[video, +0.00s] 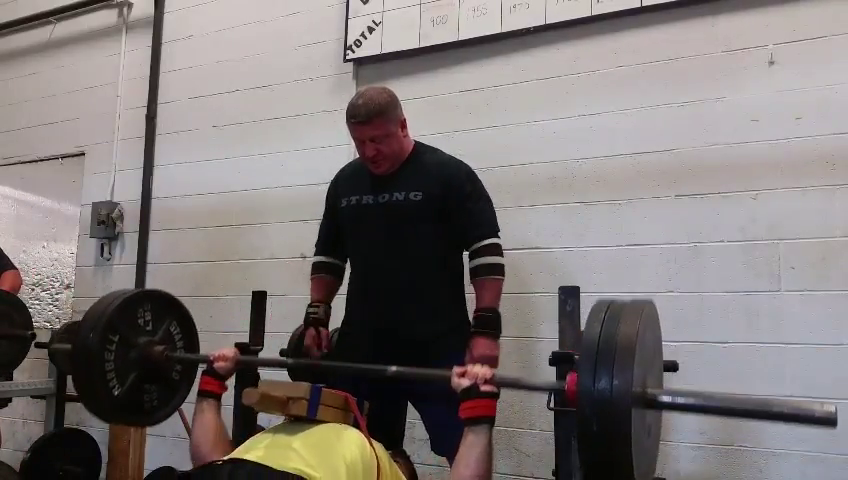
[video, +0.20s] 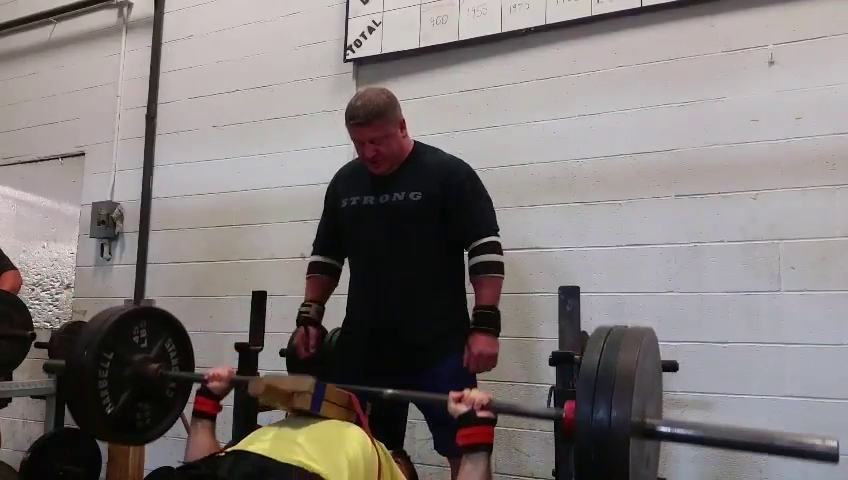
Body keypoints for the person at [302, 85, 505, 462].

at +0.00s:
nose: (369, 151)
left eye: (378, 140)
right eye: (360, 142)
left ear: (403, 127)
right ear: (352, 136)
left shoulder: (451, 177)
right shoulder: (345, 183)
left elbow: (486, 254)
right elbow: (328, 257)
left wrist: (486, 329)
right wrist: (316, 317)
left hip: (438, 345)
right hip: (365, 344)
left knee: (466, 455)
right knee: (367, 458)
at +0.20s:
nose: (369, 152)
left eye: (378, 142)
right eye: (360, 143)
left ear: (402, 128)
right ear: (350, 136)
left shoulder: (450, 175)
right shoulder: (344, 184)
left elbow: (485, 251)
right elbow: (326, 256)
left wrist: (485, 326)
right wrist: (309, 318)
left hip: (438, 339)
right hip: (367, 340)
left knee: (466, 448)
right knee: (370, 451)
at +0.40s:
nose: (368, 155)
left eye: (376, 144)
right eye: (358, 146)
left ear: (401, 130)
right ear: (349, 139)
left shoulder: (448, 176)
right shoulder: (343, 185)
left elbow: (482, 252)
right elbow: (325, 258)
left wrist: (479, 327)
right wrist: (310, 319)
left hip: (439, 339)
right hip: (368, 340)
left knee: (463, 450)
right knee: (370, 452)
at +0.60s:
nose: (366, 156)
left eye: (375, 145)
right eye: (356, 147)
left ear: (399, 130)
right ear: (347, 140)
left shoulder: (447, 176)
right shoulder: (341, 185)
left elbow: (482, 255)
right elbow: (325, 260)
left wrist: (480, 329)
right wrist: (312, 321)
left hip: (439, 341)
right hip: (367, 342)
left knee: (463, 451)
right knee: (371, 454)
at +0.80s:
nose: (365, 157)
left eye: (373, 146)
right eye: (355, 148)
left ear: (397, 129)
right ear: (346, 139)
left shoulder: (447, 176)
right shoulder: (340, 184)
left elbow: (482, 256)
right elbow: (325, 260)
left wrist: (480, 331)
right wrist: (311, 322)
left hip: (439, 342)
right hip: (364, 342)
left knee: (467, 453)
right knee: (368, 455)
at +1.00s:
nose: (362, 157)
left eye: (371, 145)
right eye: (353, 148)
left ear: (395, 129)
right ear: (343, 140)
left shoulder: (446, 175)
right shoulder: (340, 183)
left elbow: (480, 254)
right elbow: (324, 260)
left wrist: (477, 322)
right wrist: (313, 319)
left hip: (438, 343)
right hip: (364, 344)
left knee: (463, 456)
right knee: (368, 460)